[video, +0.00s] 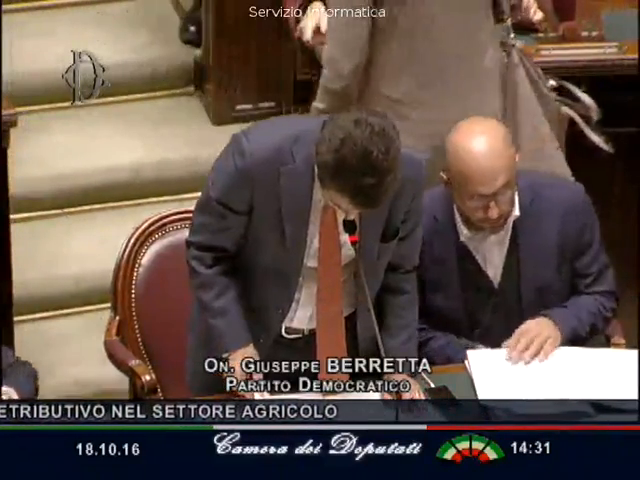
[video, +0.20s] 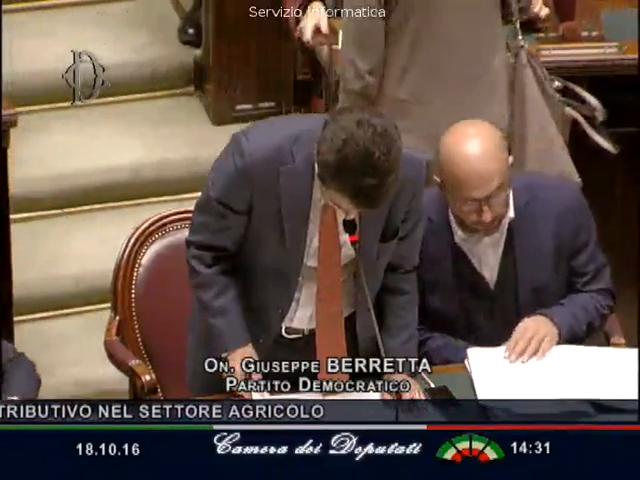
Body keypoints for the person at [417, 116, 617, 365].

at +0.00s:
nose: (494, 211)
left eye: (504, 192)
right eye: (478, 199)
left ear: (516, 160)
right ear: (447, 181)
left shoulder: (567, 204)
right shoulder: (421, 220)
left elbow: (600, 295)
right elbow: (408, 326)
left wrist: (557, 323)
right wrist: (475, 358)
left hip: (560, 369)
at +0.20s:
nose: (486, 214)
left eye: (496, 195)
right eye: (470, 203)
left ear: (510, 163)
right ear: (440, 183)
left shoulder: (561, 203)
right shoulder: (417, 223)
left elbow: (597, 293)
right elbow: (409, 330)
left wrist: (554, 322)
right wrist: (472, 359)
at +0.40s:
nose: (483, 214)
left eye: (492, 195)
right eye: (466, 202)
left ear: (505, 162)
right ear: (436, 183)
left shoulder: (558, 202)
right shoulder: (415, 224)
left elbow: (596, 292)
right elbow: (407, 327)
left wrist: (553, 318)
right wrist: (468, 358)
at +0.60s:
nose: (480, 211)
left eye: (489, 192)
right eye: (464, 199)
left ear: (503, 160)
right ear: (434, 181)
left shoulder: (558, 201)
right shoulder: (414, 222)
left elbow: (595, 292)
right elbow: (404, 326)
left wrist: (554, 319)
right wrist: (463, 354)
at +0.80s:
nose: (478, 209)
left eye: (487, 189)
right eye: (461, 197)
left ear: (502, 159)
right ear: (432, 181)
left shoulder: (556, 200)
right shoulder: (412, 221)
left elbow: (594, 292)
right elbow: (403, 325)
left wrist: (559, 320)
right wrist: (461, 353)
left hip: (553, 369)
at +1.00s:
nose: (474, 209)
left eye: (484, 190)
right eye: (457, 198)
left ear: (498, 162)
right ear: (430, 181)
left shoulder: (554, 200)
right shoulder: (410, 221)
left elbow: (593, 286)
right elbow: (403, 327)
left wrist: (575, 318)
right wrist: (460, 354)